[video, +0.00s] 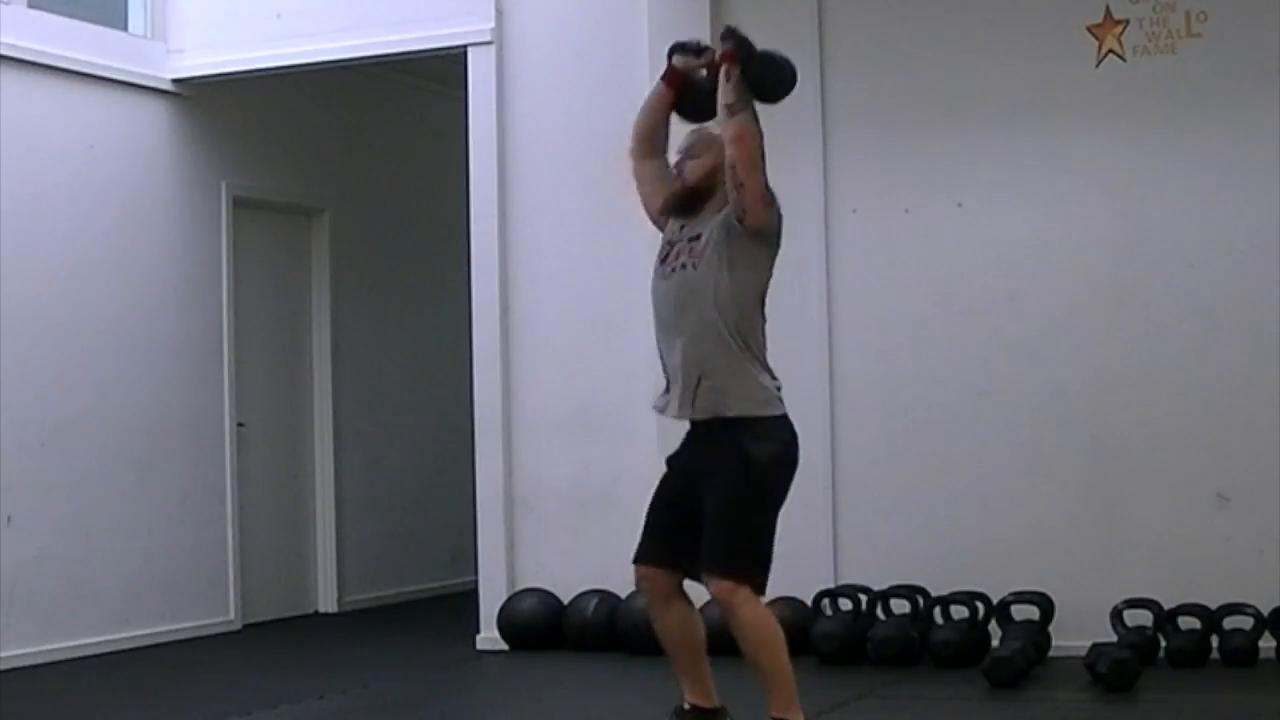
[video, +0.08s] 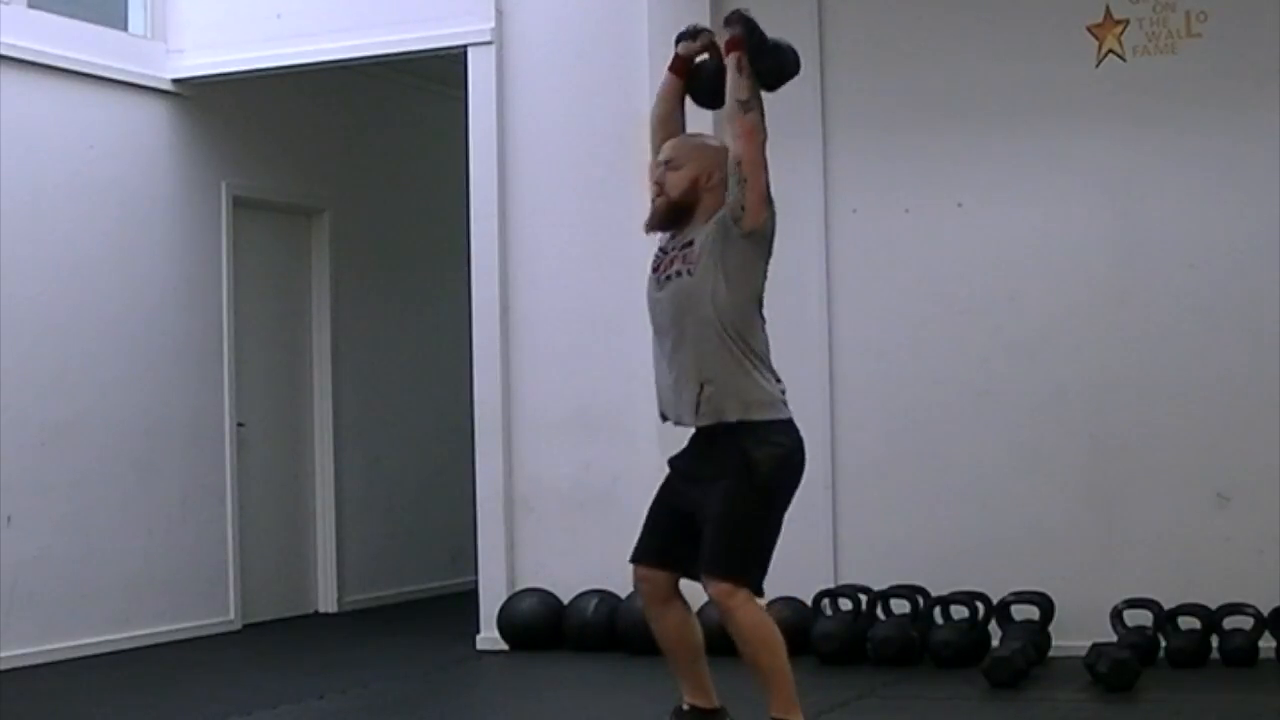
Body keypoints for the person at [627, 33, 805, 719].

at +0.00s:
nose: (680, 163)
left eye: (695, 152)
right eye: (679, 155)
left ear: (729, 162)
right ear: (679, 172)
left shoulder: (750, 222)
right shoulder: (674, 223)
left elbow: (745, 152)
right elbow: (645, 154)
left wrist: (730, 83)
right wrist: (668, 85)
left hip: (754, 432)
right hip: (701, 434)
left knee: (731, 584)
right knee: (656, 571)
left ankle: (789, 713)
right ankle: (702, 706)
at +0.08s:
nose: (659, 178)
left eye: (671, 167)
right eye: (660, 168)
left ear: (710, 175)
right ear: (678, 181)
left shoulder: (740, 230)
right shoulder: (677, 236)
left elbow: (748, 145)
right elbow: (665, 147)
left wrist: (738, 67)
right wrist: (677, 72)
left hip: (760, 441)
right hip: (706, 443)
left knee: (728, 585)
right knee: (652, 573)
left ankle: (788, 713)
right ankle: (702, 706)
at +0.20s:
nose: (646, 166)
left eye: (658, 156)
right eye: (649, 155)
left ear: (697, 165)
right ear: (680, 165)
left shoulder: (735, 216)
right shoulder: (672, 220)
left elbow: (750, 127)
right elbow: (676, 119)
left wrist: (745, 40)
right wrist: (694, 44)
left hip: (762, 422)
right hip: (709, 424)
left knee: (744, 580)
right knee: (676, 574)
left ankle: (789, 712)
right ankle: (702, 705)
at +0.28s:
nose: (643, 156)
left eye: (655, 145)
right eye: (644, 144)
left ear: (697, 153)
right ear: (674, 156)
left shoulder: (732, 204)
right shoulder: (669, 213)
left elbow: (748, 114)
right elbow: (685, 119)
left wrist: (750, 31)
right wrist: (700, 42)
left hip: (760, 411)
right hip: (707, 413)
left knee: (760, 572)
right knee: (697, 570)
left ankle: (792, 711)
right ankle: (704, 705)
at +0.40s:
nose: (644, 154)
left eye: (656, 143)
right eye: (644, 143)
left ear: (697, 152)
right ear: (674, 155)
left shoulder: (731, 204)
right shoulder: (669, 214)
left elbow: (749, 110)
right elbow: (689, 117)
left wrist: (752, 27)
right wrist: (703, 32)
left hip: (758, 411)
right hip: (706, 412)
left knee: (773, 572)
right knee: (708, 571)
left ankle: (796, 710)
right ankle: (706, 704)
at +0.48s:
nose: (647, 153)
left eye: (659, 142)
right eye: (648, 142)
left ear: (700, 150)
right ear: (674, 153)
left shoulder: (734, 204)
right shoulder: (669, 214)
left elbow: (751, 109)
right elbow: (689, 115)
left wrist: (753, 25)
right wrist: (705, 29)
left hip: (758, 411)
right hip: (706, 412)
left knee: (772, 573)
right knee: (709, 570)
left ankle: (796, 710)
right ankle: (707, 704)